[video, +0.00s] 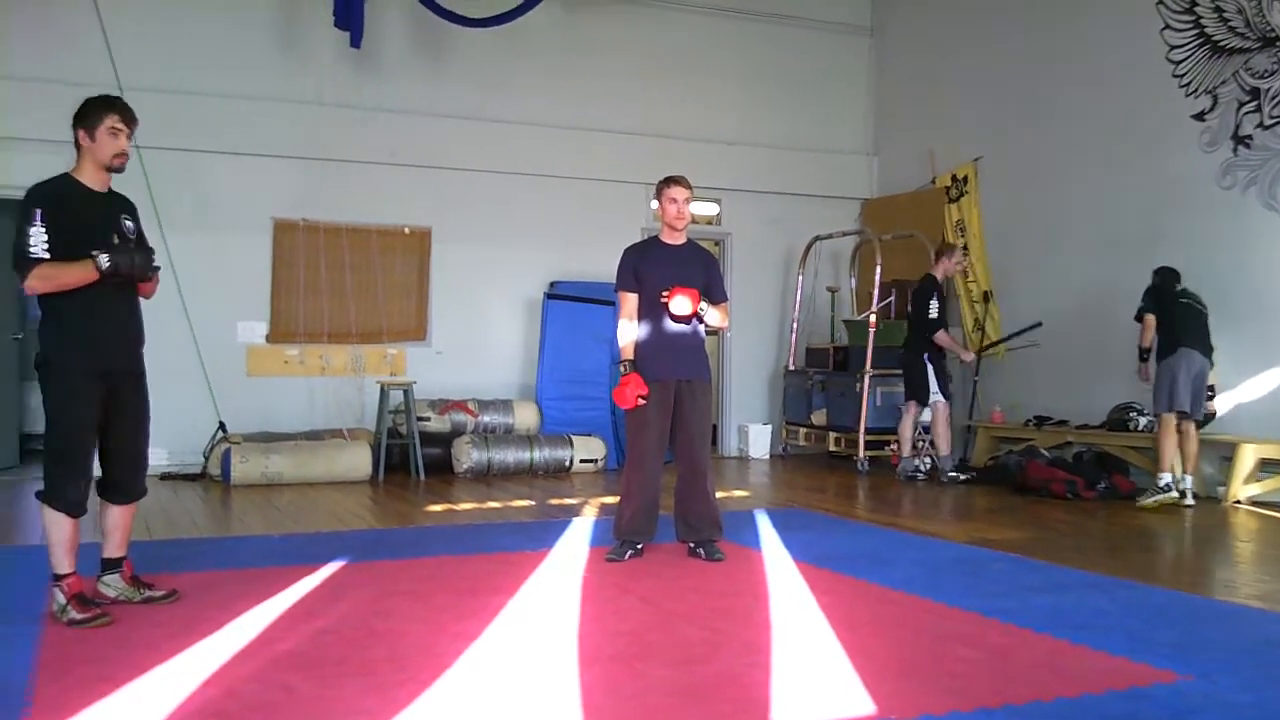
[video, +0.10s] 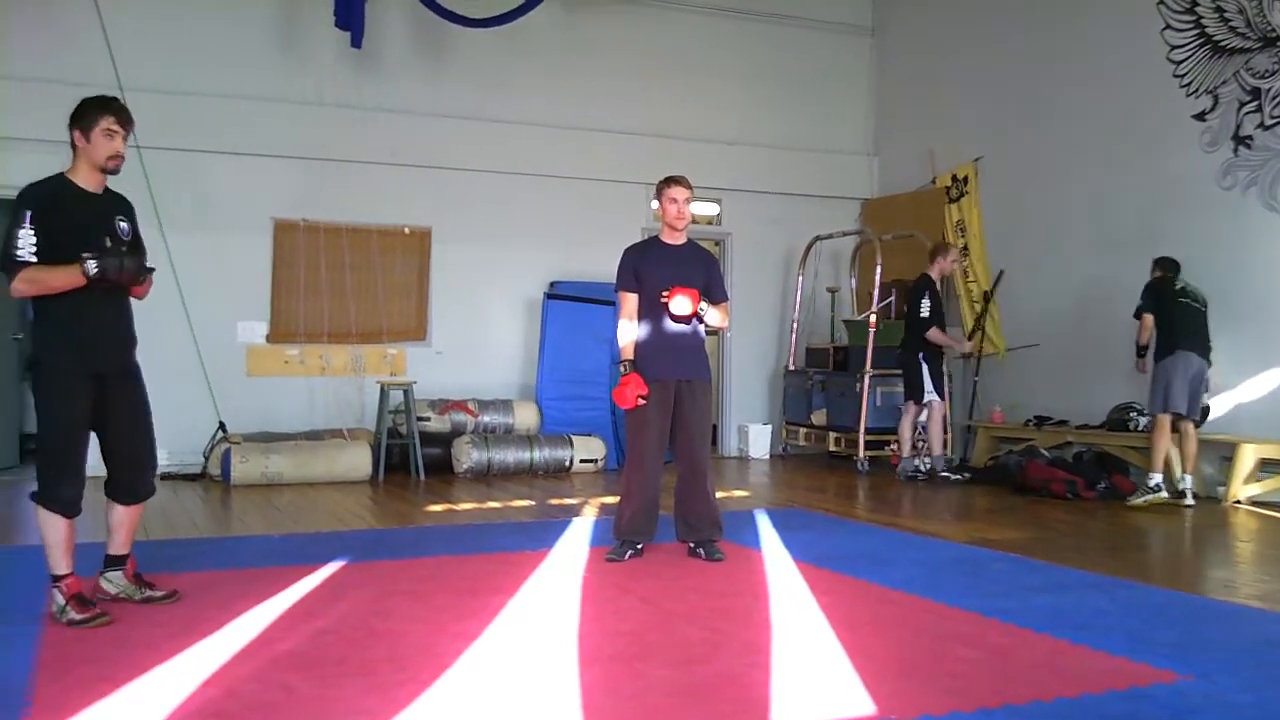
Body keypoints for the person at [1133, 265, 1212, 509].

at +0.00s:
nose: (1152, 282)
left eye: (1154, 279)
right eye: (1155, 279)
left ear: (1156, 280)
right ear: (1178, 282)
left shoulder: (1155, 290)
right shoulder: (1195, 299)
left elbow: (1149, 322)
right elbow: (1205, 342)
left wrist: (1144, 358)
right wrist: (1208, 381)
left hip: (1176, 351)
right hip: (1202, 357)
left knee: (1167, 418)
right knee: (1188, 424)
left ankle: (1164, 484)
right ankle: (1187, 487)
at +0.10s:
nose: (1152, 276)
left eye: (1153, 272)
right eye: (1153, 272)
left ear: (1157, 271)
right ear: (1176, 273)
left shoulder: (1155, 286)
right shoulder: (1196, 293)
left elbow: (1147, 321)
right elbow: (1203, 334)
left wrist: (1141, 353)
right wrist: (1204, 369)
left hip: (1174, 353)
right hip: (1200, 357)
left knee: (1162, 419)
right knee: (1188, 424)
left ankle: (1154, 484)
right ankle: (1187, 487)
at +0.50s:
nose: (1151, 250)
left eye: (1153, 245)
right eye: (1152, 245)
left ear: (1163, 247)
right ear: (1178, 248)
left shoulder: (1154, 276)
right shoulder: (1199, 281)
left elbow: (1145, 319)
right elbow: (1200, 326)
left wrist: (1130, 346)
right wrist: (1184, 348)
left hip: (1160, 357)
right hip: (1189, 359)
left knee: (1147, 421)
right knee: (1188, 425)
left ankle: (1133, 486)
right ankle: (1191, 488)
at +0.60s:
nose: (1127, 249)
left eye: (1129, 244)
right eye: (1128, 244)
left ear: (1140, 245)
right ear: (1153, 247)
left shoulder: (1130, 276)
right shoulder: (1174, 282)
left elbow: (1118, 320)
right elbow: (1175, 327)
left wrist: (1101, 337)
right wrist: (1159, 348)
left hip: (1133, 357)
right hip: (1162, 360)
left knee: (1123, 422)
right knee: (1163, 424)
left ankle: (1113, 486)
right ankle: (1170, 486)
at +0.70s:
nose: (1109, 248)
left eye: (1111, 243)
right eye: (1110, 243)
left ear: (1121, 244)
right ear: (1135, 245)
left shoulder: (1110, 276)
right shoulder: (1155, 281)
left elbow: (1094, 320)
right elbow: (1155, 326)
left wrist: (1073, 328)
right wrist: (1139, 348)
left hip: (1113, 357)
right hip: (1140, 360)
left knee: (1106, 422)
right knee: (1144, 423)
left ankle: (1099, 486)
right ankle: (1156, 486)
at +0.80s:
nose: (1086, 247)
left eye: (1088, 242)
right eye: (1086, 242)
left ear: (1098, 243)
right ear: (1111, 243)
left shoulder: (1086, 274)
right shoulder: (1132, 279)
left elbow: (1062, 315)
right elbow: (1131, 322)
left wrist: (1043, 315)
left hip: (1090, 355)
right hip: (1117, 359)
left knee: (1087, 420)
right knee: (1122, 418)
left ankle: (1083, 484)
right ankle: (1138, 481)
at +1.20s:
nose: (1107, 245)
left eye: (1109, 240)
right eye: (1108, 240)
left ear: (1118, 241)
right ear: (1133, 240)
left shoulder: (1106, 275)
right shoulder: (1154, 277)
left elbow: (1084, 318)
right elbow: (1157, 318)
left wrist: (1067, 326)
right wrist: (1132, 324)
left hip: (1112, 355)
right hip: (1140, 356)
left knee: (1117, 420)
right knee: (1140, 419)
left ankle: (1122, 485)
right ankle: (1148, 482)